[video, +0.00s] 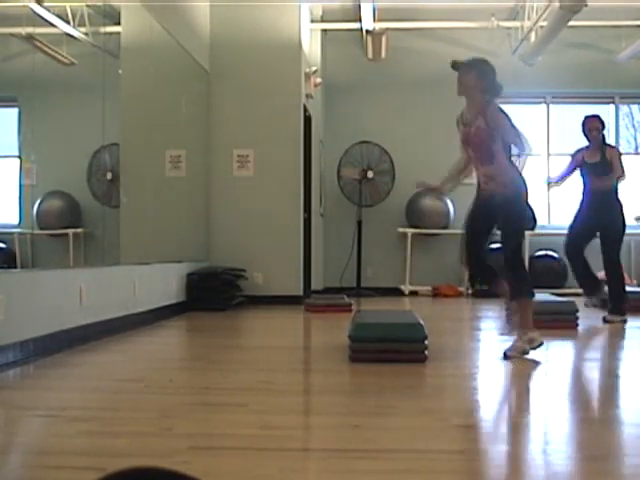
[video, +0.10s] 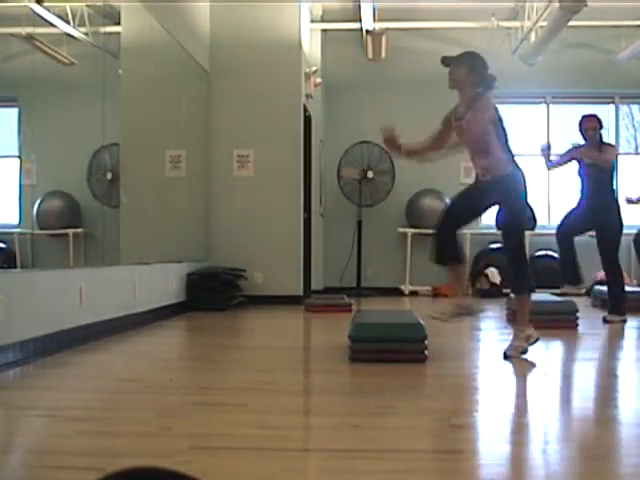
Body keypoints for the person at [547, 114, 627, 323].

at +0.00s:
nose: (594, 134)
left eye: (597, 129)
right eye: (590, 130)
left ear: (603, 130)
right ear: (584, 133)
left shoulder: (612, 152)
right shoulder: (580, 155)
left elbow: (619, 174)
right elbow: (566, 174)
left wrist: (606, 181)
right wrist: (555, 181)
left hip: (610, 209)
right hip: (588, 209)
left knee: (611, 258)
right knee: (572, 249)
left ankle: (617, 309)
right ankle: (594, 291)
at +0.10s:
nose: (591, 134)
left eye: (594, 129)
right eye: (587, 130)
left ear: (600, 130)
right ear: (581, 133)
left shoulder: (610, 150)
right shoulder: (577, 151)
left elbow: (606, 161)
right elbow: (553, 165)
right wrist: (547, 156)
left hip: (607, 210)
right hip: (585, 209)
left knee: (609, 259)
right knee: (563, 233)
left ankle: (617, 311)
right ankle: (573, 282)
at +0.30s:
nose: (575, 131)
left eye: (579, 127)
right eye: (571, 128)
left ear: (585, 129)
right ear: (564, 131)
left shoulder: (595, 146)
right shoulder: (562, 149)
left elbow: (594, 153)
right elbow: (536, 156)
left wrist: (577, 144)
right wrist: (538, 143)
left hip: (595, 207)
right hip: (572, 206)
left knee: (600, 257)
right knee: (556, 242)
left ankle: (615, 308)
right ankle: (552, 288)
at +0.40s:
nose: (567, 124)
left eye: (569, 120)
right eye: (562, 121)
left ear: (576, 121)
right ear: (557, 124)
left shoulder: (588, 139)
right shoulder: (555, 143)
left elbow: (603, 154)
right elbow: (529, 160)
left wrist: (583, 162)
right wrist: (541, 154)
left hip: (590, 200)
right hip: (566, 199)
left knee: (590, 249)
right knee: (554, 242)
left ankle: (607, 298)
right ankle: (552, 289)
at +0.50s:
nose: (561, 121)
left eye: (564, 116)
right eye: (557, 117)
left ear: (571, 115)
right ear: (553, 119)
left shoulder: (586, 135)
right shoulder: (551, 139)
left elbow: (612, 155)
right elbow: (529, 160)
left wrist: (601, 181)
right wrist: (531, 179)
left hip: (587, 193)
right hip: (563, 194)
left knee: (580, 239)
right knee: (555, 240)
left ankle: (589, 287)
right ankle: (552, 287)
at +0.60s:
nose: (557, 119)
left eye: (560, 114)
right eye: (554, 115)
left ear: (568, 113)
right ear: (550, 116)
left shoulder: (584, 132)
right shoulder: (548, 138)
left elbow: (610, 149)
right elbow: (538, 157)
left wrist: (607, 176)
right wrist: (542, 179)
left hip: (586, 189)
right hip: (561, 190)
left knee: (571, 230)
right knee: (557, 234)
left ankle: (568, 282)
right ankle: (551, 285)